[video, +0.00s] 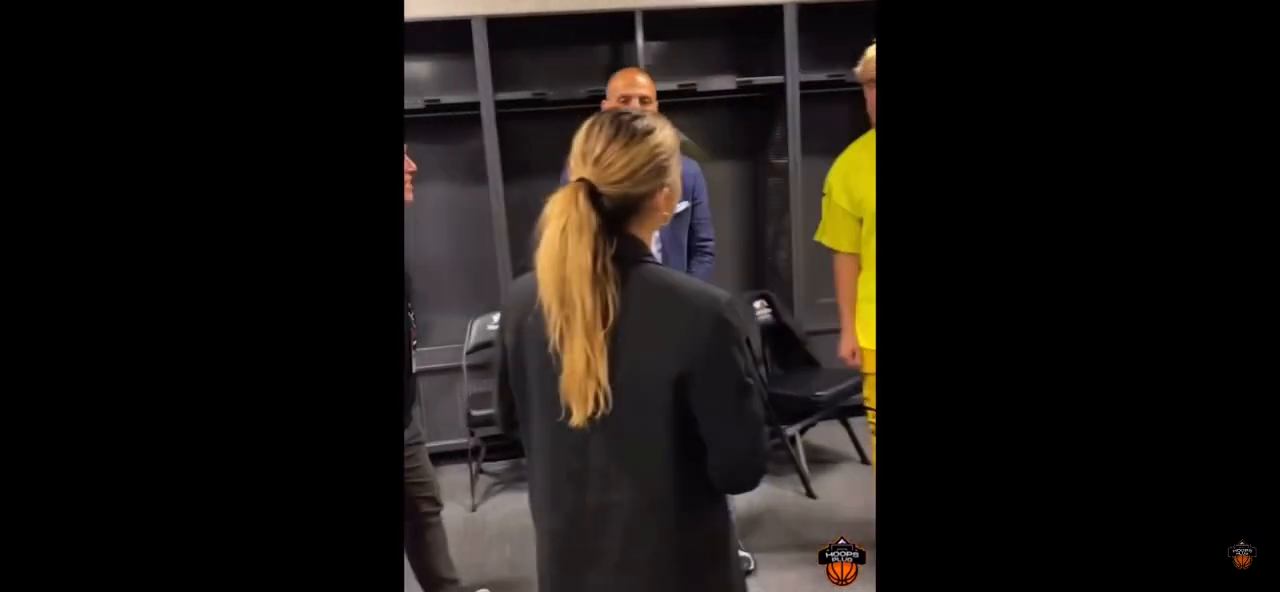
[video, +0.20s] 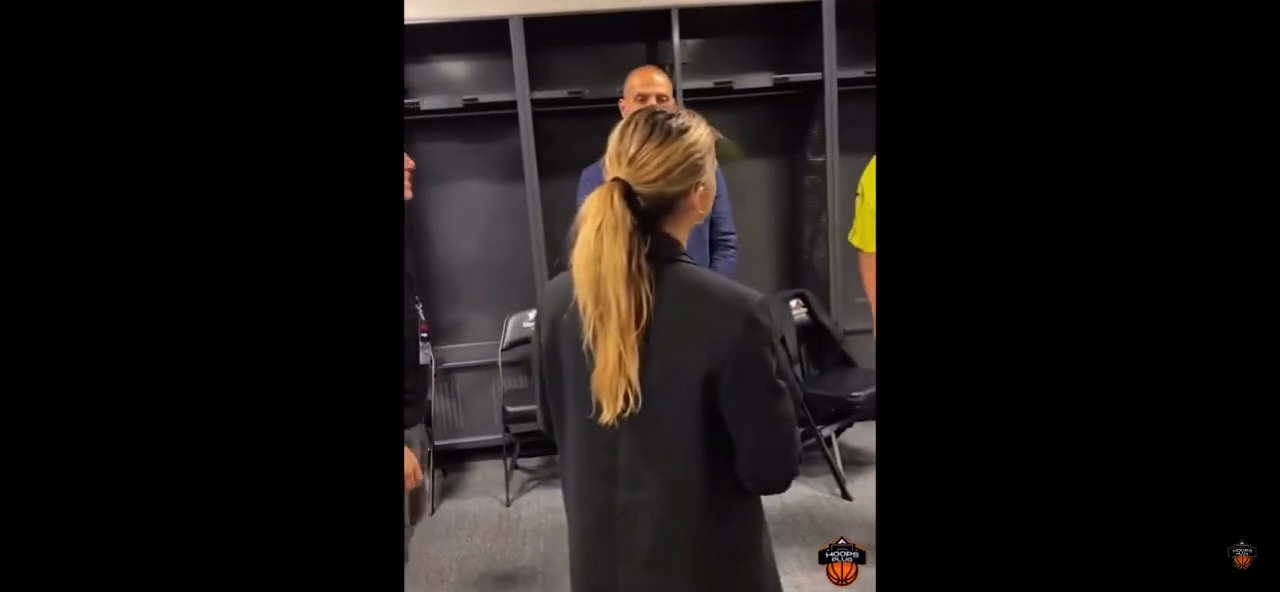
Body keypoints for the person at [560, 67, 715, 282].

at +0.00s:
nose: (635, 109)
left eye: (645, 101)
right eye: (624, 101)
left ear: (656, 107)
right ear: (605, 107)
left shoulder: (686, 170)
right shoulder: (583, 168)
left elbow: (703, 249)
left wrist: (685, 299)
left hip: (669, 300)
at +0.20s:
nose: (652, 107)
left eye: (661, 99)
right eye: (641, 99)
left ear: (675, 105)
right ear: (623, 106)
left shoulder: (701, 167)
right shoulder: (596, 177)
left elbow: (725, 243)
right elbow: (590, 250)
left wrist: (709, 294)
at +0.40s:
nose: (656, 108)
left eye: (666, 100)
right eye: (646, 100)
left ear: (679, 104)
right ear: (628, 106)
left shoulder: (707, 166)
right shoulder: (601, 176)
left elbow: (729, 243)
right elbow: (594, 250)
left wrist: (714, 294)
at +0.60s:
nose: (652, 107)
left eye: (661, 99)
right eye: (642, 98)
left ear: (675, 102)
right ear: (623, 104)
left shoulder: (702, 166)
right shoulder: (596, 174)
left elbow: (724, 242)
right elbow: (588, 249)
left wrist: (711, 296)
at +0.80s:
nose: (637, 108)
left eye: (646, 98)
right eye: (626, 98)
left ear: (659, 102)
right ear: (607, 102)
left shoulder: (686, 163)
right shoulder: (580, 171)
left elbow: (708, 239)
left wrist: (696, 293)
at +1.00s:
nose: (612, 111)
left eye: (620, 101)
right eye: (601, 101)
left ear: (626, 104)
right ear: (574, 107)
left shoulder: (654, 169)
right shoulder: (549, 174)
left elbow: (676, 244)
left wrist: (664, 296)